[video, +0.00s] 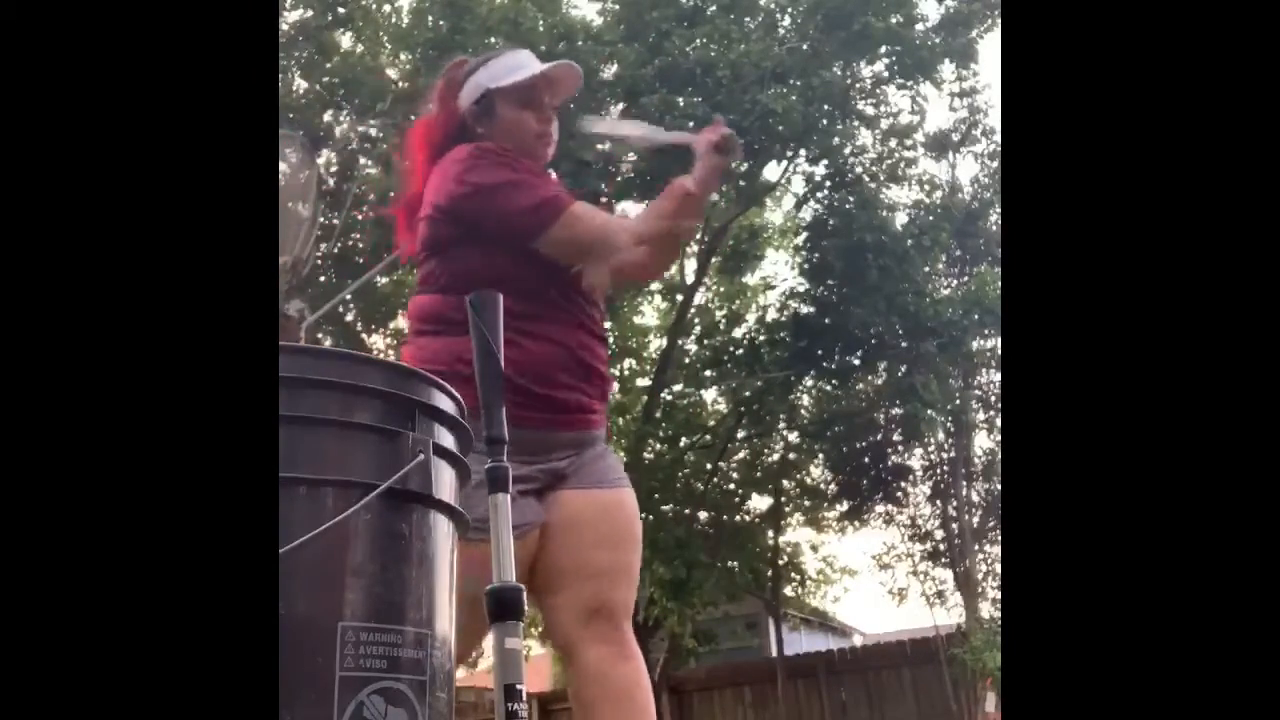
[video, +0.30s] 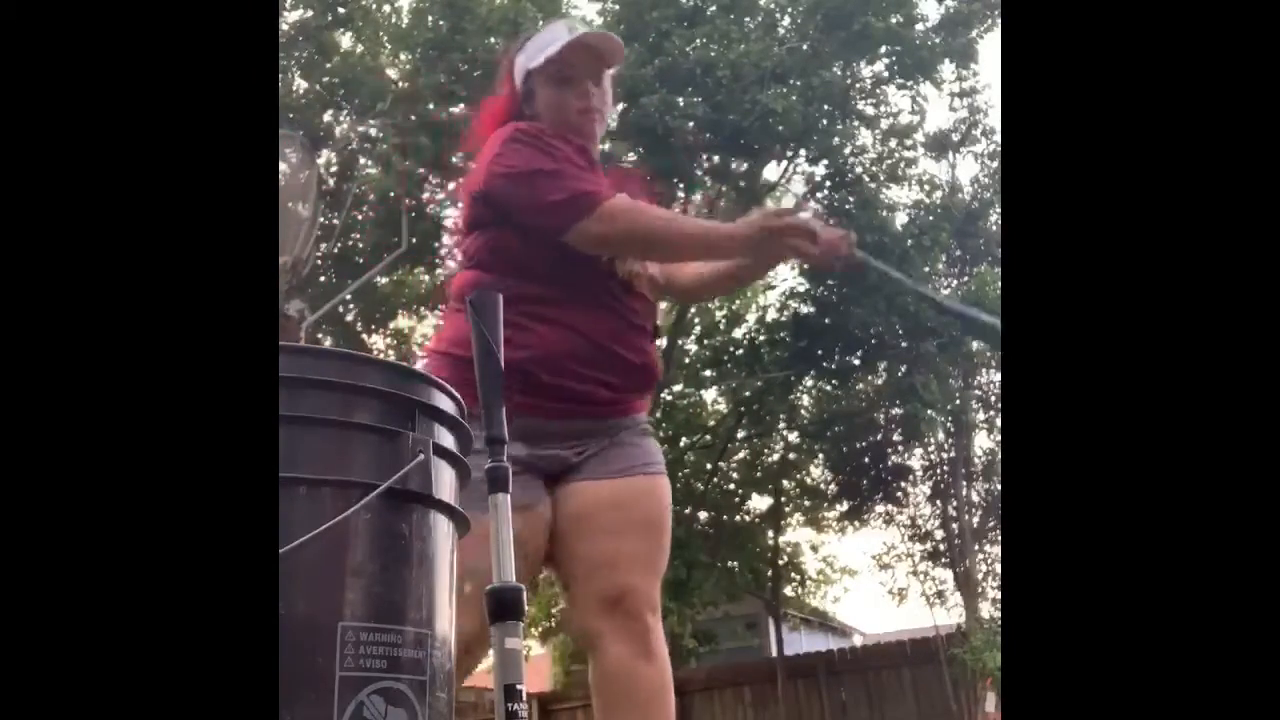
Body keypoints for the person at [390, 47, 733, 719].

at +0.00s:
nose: (550, 119)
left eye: (552, 106)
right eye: (530, 104)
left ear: (552, 112)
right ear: (481, 115)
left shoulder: (550, 199)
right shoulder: (470, 174)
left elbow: (639, 259)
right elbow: (617, 242)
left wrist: (697, 182)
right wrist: (699, 177)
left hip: (581, 450)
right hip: (478, 452)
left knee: (605, 634)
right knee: (439, 653)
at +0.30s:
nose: (591, 96)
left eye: (601, 82)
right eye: (569, 81)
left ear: (612, 95)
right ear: (527, 91)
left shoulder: (620, 189)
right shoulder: (514, 154)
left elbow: (666, 277)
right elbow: (603, 226)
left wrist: (773, 253)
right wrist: (740, 235)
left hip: (611, 430)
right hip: (490, 426)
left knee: (630, 624)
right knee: (460, 629)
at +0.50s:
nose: (584, 66)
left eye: (597, 50)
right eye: (561, 55)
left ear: (620, 63)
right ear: (530, 70)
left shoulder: (662, 167)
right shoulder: (504, 138)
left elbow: (700, 271)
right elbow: (511, 230)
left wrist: (779, 299)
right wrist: (654, 254)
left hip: (620, 423)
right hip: (486, 407)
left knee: (632, 628)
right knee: (473, 578)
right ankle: (405, 706)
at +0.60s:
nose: (569, 54)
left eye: (584, 36)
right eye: (548, 42)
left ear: (609, 46)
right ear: (520, 55)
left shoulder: (655, 152)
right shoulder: (474, 135)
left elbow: (700, 259)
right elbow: (430, 236)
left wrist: (752, 308)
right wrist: (576, 265)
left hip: (618, 419)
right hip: (481, 402)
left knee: (630, 622)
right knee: (467, 568)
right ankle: (398, 706)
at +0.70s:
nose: (544, 32)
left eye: (560, 16)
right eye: (522, 20)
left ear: (589, 28)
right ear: (495, 38)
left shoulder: (644, 142)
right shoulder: (449, 125)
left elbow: (682, 252)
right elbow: (371, 233)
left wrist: (714, 308)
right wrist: (462, 276)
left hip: (605, 418)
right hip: (467, 407)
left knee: (626, 625)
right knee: (455, 577)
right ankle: (391, 701)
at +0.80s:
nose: (504, 17)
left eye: (524, 1)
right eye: (482, 2)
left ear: (555, 17)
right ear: (454, 18)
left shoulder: (612, 127)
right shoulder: (396, 123)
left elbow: (653, 248)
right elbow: (318, 238)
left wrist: (689, 305)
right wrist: (354, 303)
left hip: (586, 419)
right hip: (449, 417)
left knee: (616, 639)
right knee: (424, 632)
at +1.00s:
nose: (410, 7)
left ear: (467, 3)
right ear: (353, 11)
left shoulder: (532, 87)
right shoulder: (310, 130)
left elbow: (601, 207)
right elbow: (285, 275)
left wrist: (660, 278)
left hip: (524, 403)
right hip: (370, 413)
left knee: (574, 617)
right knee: (357, 638)